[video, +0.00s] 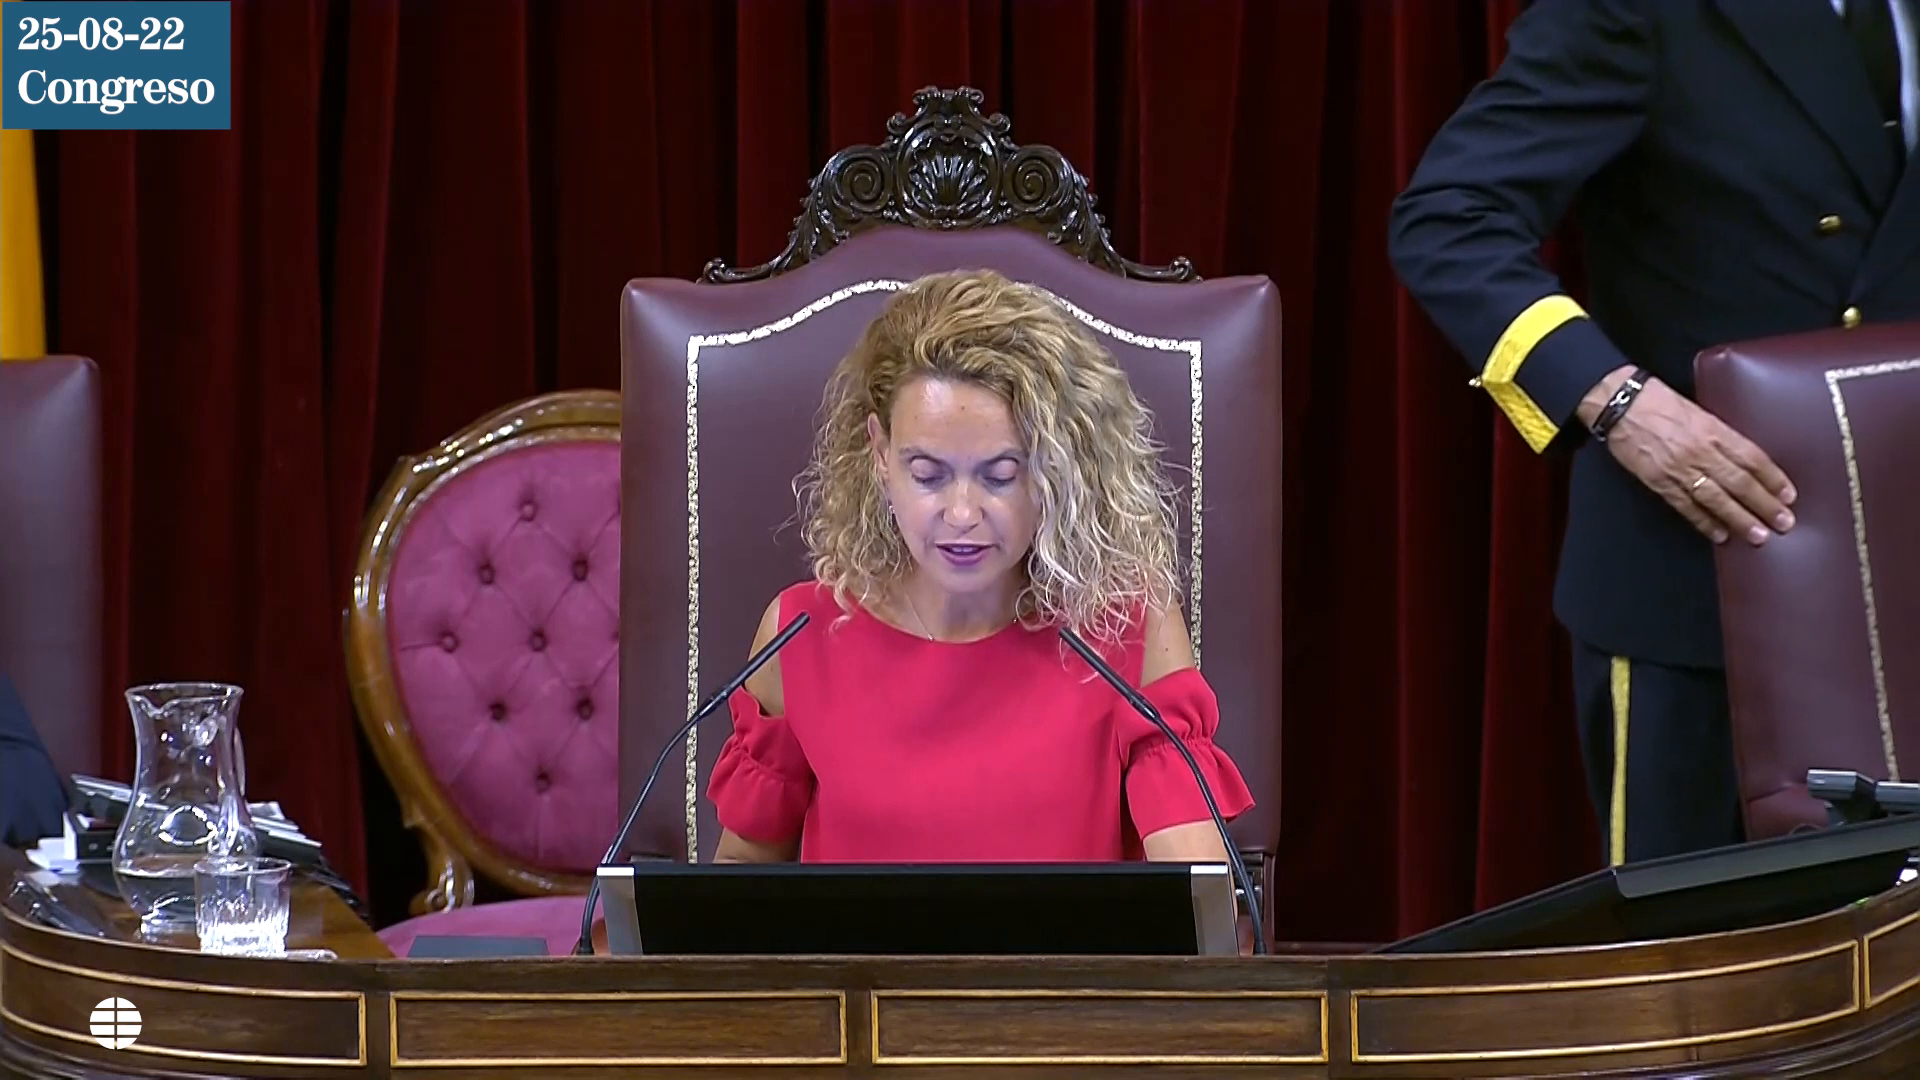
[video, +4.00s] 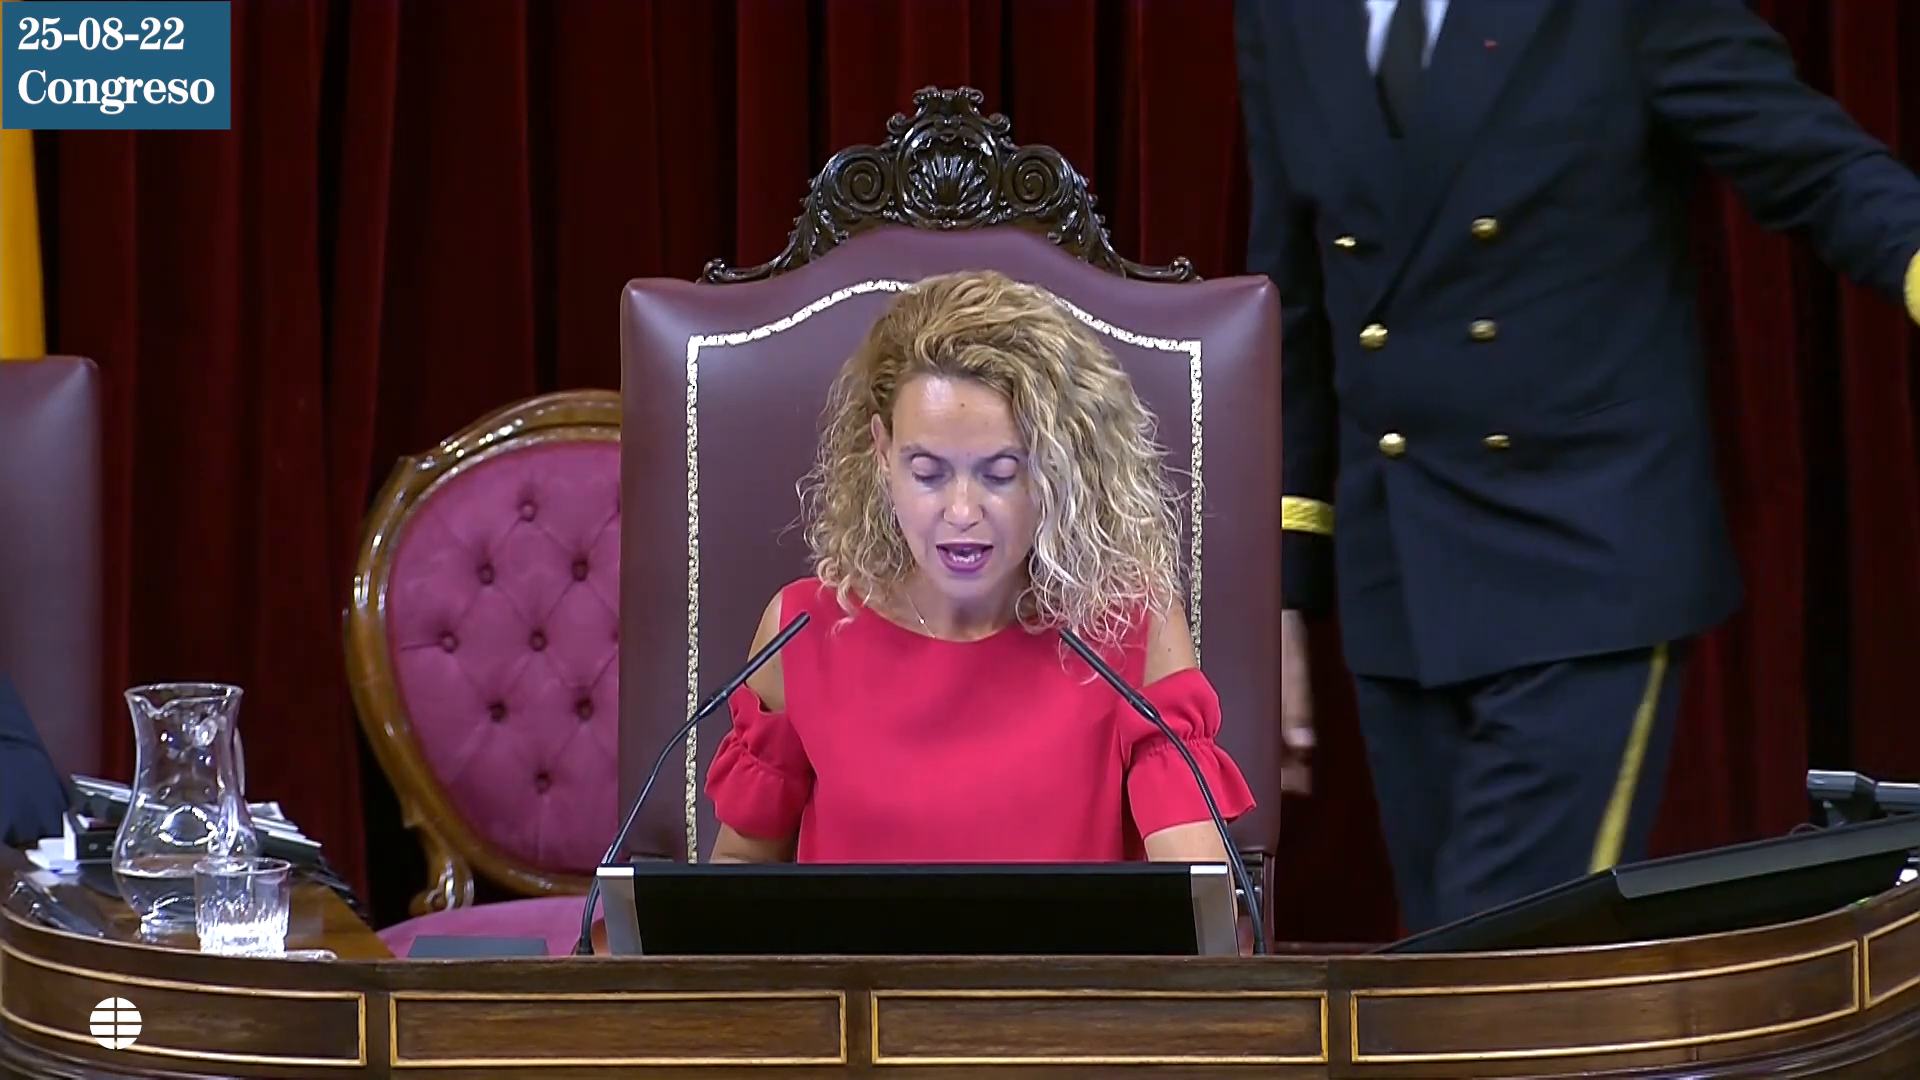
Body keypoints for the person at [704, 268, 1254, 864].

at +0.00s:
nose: (963, 512)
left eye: (1000, 474)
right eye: (930, 473)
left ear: (1058, 468)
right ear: (879, 458)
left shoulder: (1127, 622)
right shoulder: (804, 630)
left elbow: (1200, 893)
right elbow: (743, 879)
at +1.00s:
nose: (955, 513)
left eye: (994, 475)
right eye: (923, 473)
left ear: (1055, 474)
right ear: (878, 460)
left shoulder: (1126, 624)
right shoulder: (805, 631)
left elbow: (1202, 896)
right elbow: (746, 882)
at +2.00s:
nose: (947, 513)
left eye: (986, 475)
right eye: (916, 472)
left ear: (1053, 476)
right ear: (875, 461)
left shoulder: (1126, 622)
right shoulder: (805, 630)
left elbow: (1201, 894)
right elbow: (747, 882)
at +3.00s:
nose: (949, 513)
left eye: (987, 474)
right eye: (918, 471)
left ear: (1053, 474)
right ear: (875, 459)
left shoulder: (1125, 620)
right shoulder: (804, 630)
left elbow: (1200, 892)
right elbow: (749, 877)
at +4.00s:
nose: (963, 511)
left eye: (1000, 472)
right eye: (929, 471)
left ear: (1059, 468)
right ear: (882, 457)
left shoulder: (1130, 622)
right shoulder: (804, 626)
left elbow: (1201, 893)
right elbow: (738, 875)